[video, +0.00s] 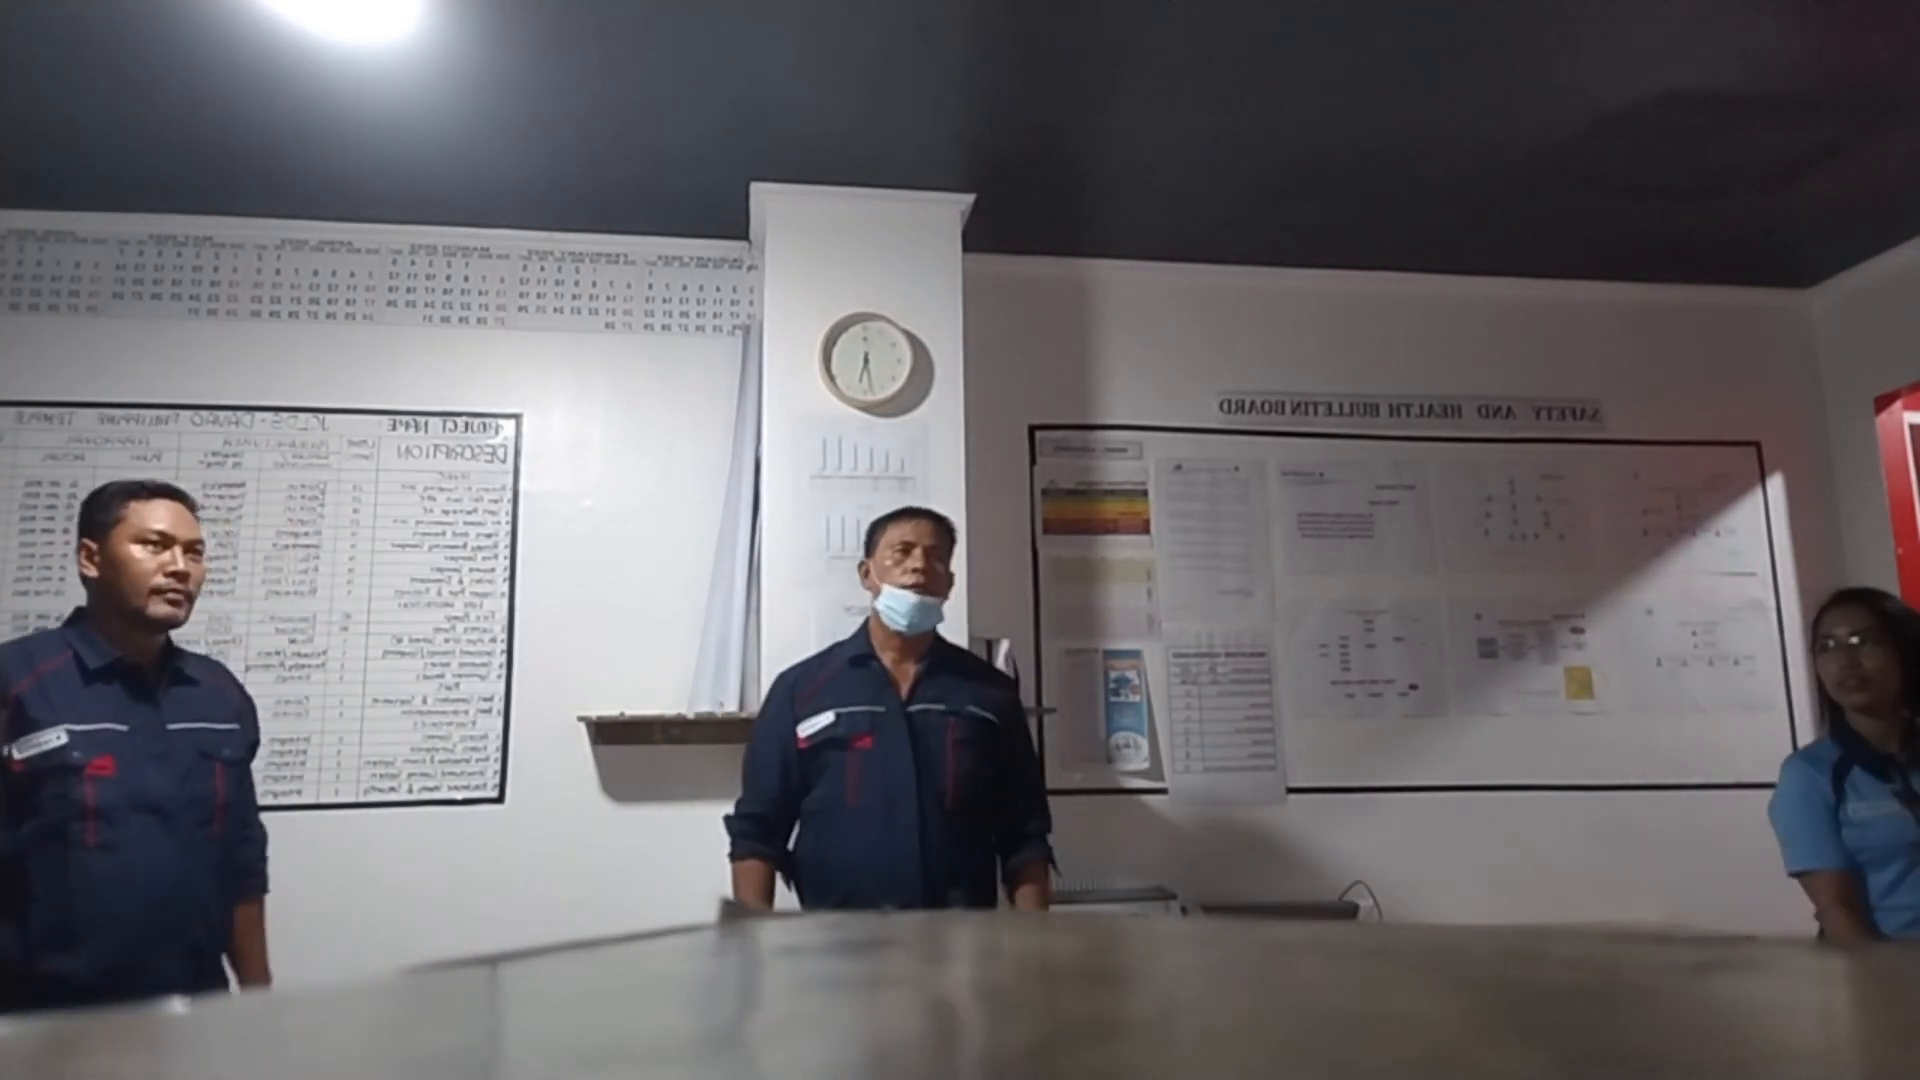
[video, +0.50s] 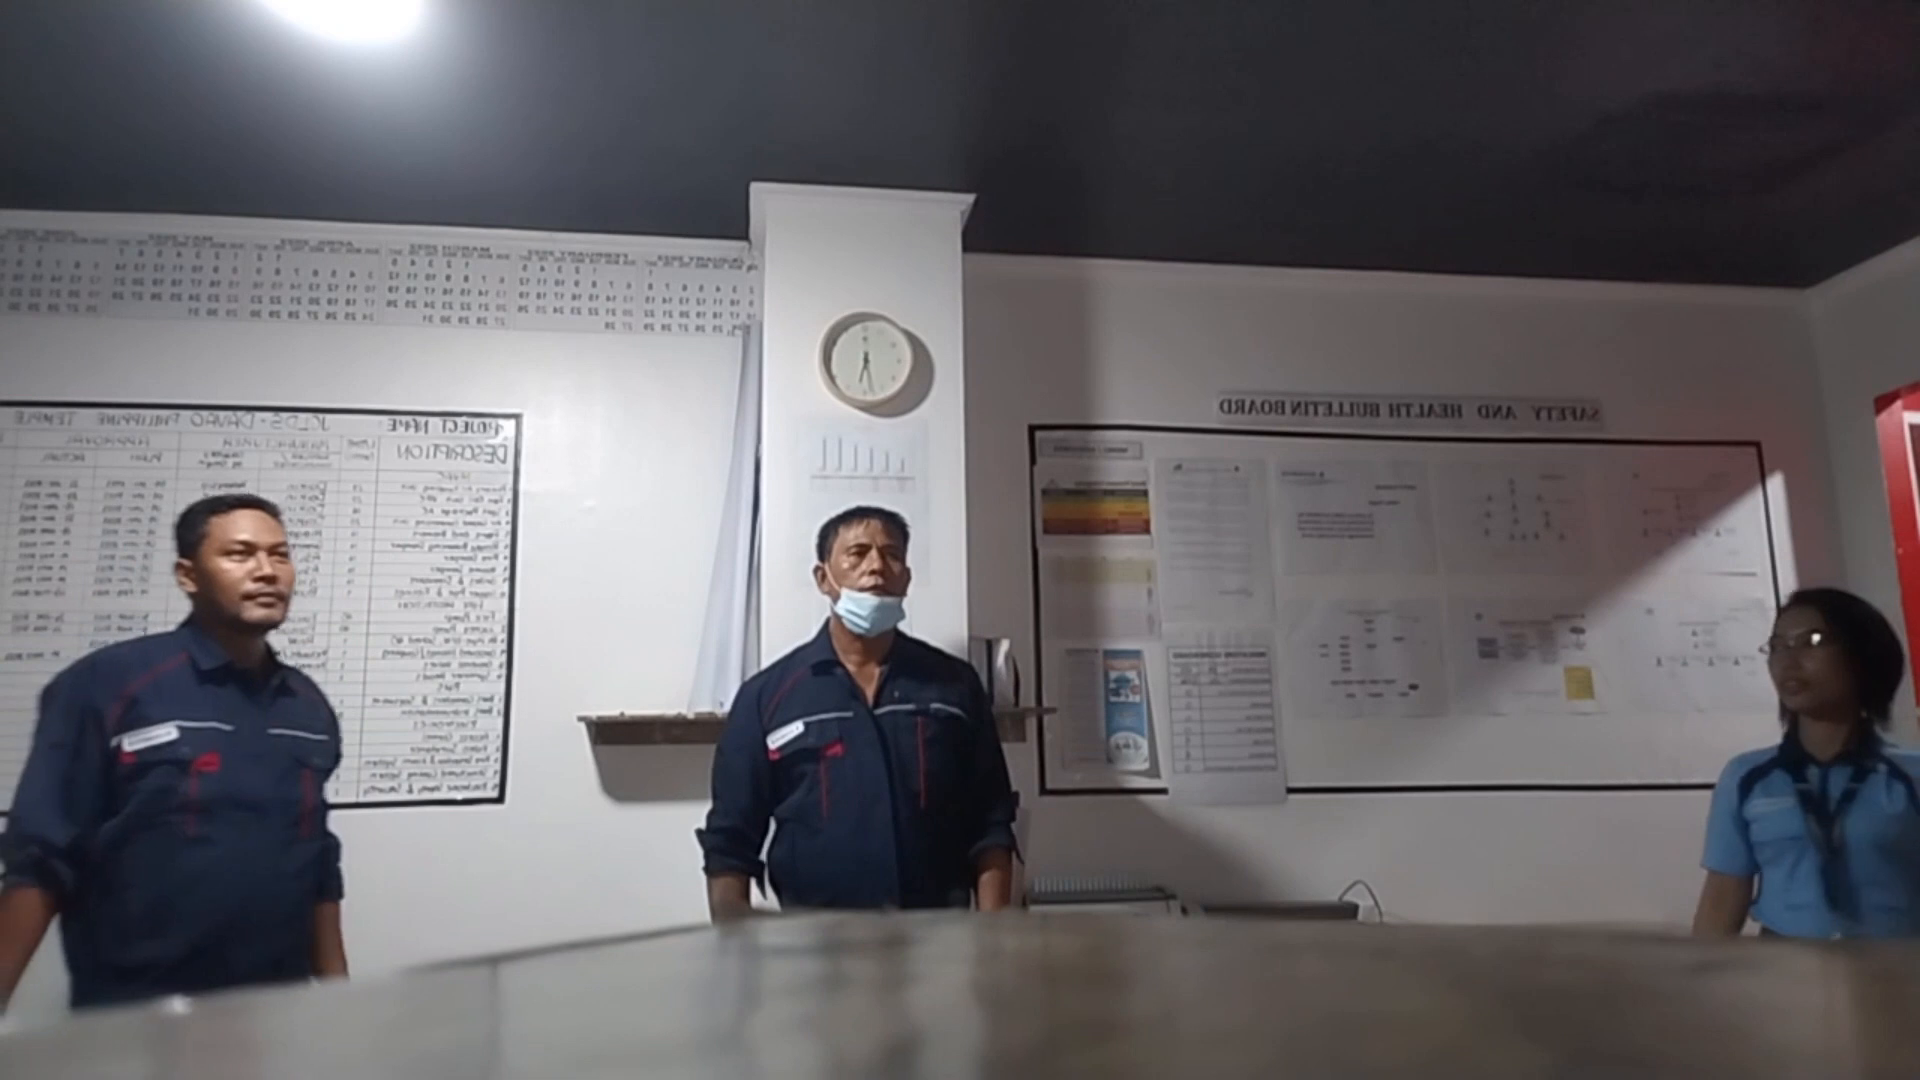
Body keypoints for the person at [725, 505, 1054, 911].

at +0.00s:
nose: (919, 567)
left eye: (936, 558)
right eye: (902, 553)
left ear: (949, 584)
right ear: (868, 574)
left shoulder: (992, 693)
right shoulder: (800, 691)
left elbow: (1025, 837)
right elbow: (755, 831)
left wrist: (1033, 948)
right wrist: (757, 950)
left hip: (965, 947)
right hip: (837, 948)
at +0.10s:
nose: (901, 567)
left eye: (916, 557)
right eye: (883, 554)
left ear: (931, 582)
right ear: (849, 576)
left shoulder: (976, 688)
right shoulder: (785, 694)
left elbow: (1011, 838)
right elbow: (745, 838)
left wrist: (1015, 952)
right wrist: (746, 957)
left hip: (954, 945)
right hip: (828, 947)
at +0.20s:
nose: (886, 566)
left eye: (900, 555)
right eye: (867, 554)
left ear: (916, 580)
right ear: (834, 577)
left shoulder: (967, 687)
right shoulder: (773, 697)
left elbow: (998, 837)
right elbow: (736, 845)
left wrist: (1000, 951)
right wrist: (743, 960)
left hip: (945, 944)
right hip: (820, 947)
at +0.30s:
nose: (879, 566)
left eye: (893, 555)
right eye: (859, 554)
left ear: (909, 578)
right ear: (827, 579)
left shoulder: (960, 685)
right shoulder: (768, 699)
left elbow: (993, 830)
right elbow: (731, 847)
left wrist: (989, 946)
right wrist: (743, 962)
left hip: (941, 942)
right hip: (815, 945)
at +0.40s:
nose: (875, 565)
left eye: (888, 554)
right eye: (855, 553)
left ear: (905, 577)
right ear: (823, 580)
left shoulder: (955, 684)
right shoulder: (764, 699)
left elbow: (991, 829)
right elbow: (728, 849)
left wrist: (988, 946)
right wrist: (741, 964)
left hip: (939, 942)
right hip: (814, 945)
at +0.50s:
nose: (877, 565)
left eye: (890, 554)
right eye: (857, 553)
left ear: (906, 578)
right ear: (824, 579)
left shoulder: (955, 685)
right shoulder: (765, 698)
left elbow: (992, 828)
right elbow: (728, 847)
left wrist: (993, 945)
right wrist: (739, 962)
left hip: (940, 941)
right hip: (814, 944)